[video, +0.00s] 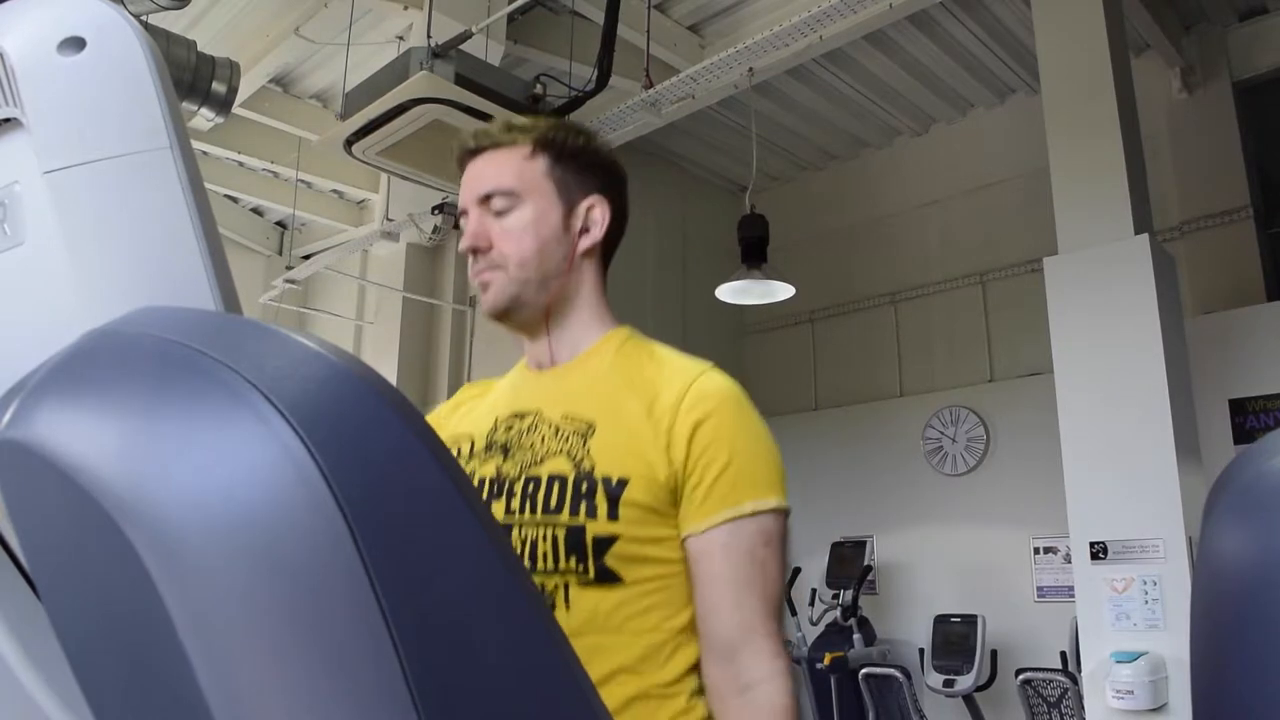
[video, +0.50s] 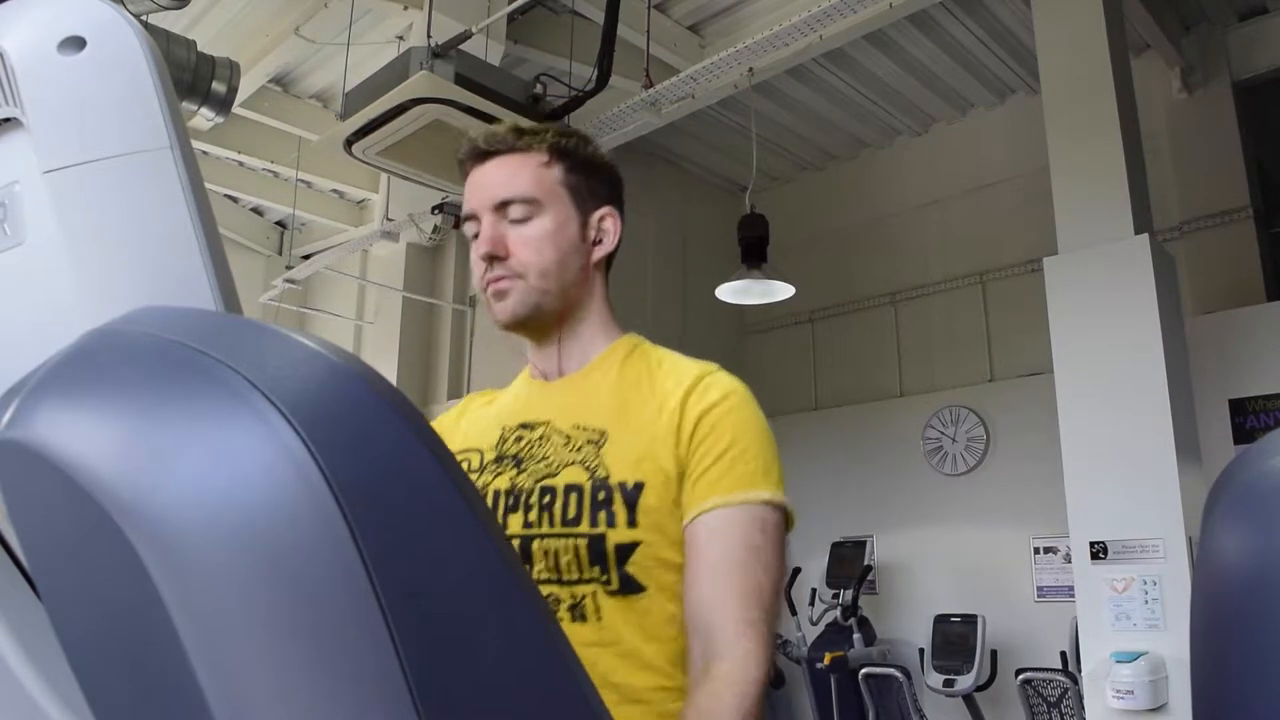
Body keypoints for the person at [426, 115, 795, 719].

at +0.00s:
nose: (469, 239)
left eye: (500, 207)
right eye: (464, 219)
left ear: (588, 224)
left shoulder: (697, 406)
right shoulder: (446, 427)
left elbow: (746, 671)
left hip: (646, 704)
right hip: (463, 703)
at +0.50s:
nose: (485, 247)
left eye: (518, 215)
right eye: (474, 228)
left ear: (600, 234)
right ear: (467, 248)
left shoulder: (703, 404)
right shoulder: (446, 435)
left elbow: (730, 668)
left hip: (640, 704)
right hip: (466, 703)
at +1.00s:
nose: (477, 239)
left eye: (508, 210)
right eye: (462, 222)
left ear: (583, 231)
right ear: (455, 247)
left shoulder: (692, 393)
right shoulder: (435, 432)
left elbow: (753, 616)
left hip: (670, 704)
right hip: (486, 704)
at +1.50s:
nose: (524, 219)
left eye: (558, 192)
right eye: (513, 200)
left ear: (636, 216)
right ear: (506, 221)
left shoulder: (729, 389)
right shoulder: (462, 421)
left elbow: (765, 645)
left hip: (679, 703)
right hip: (497, 703)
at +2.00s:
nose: (517, 242)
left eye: (547, 214)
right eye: (498, 223)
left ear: (612, 239)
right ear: (487, 251)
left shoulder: (707, 392)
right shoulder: (448, 439)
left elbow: (734, 616)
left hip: (664, 704)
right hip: (495, 704)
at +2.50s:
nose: (560, 256)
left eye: (592, 231)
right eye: (537, 240)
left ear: (648, 264)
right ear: (525, 278)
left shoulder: (744, 425)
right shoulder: (471, 463)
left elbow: (802, 656)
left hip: (726, 705)